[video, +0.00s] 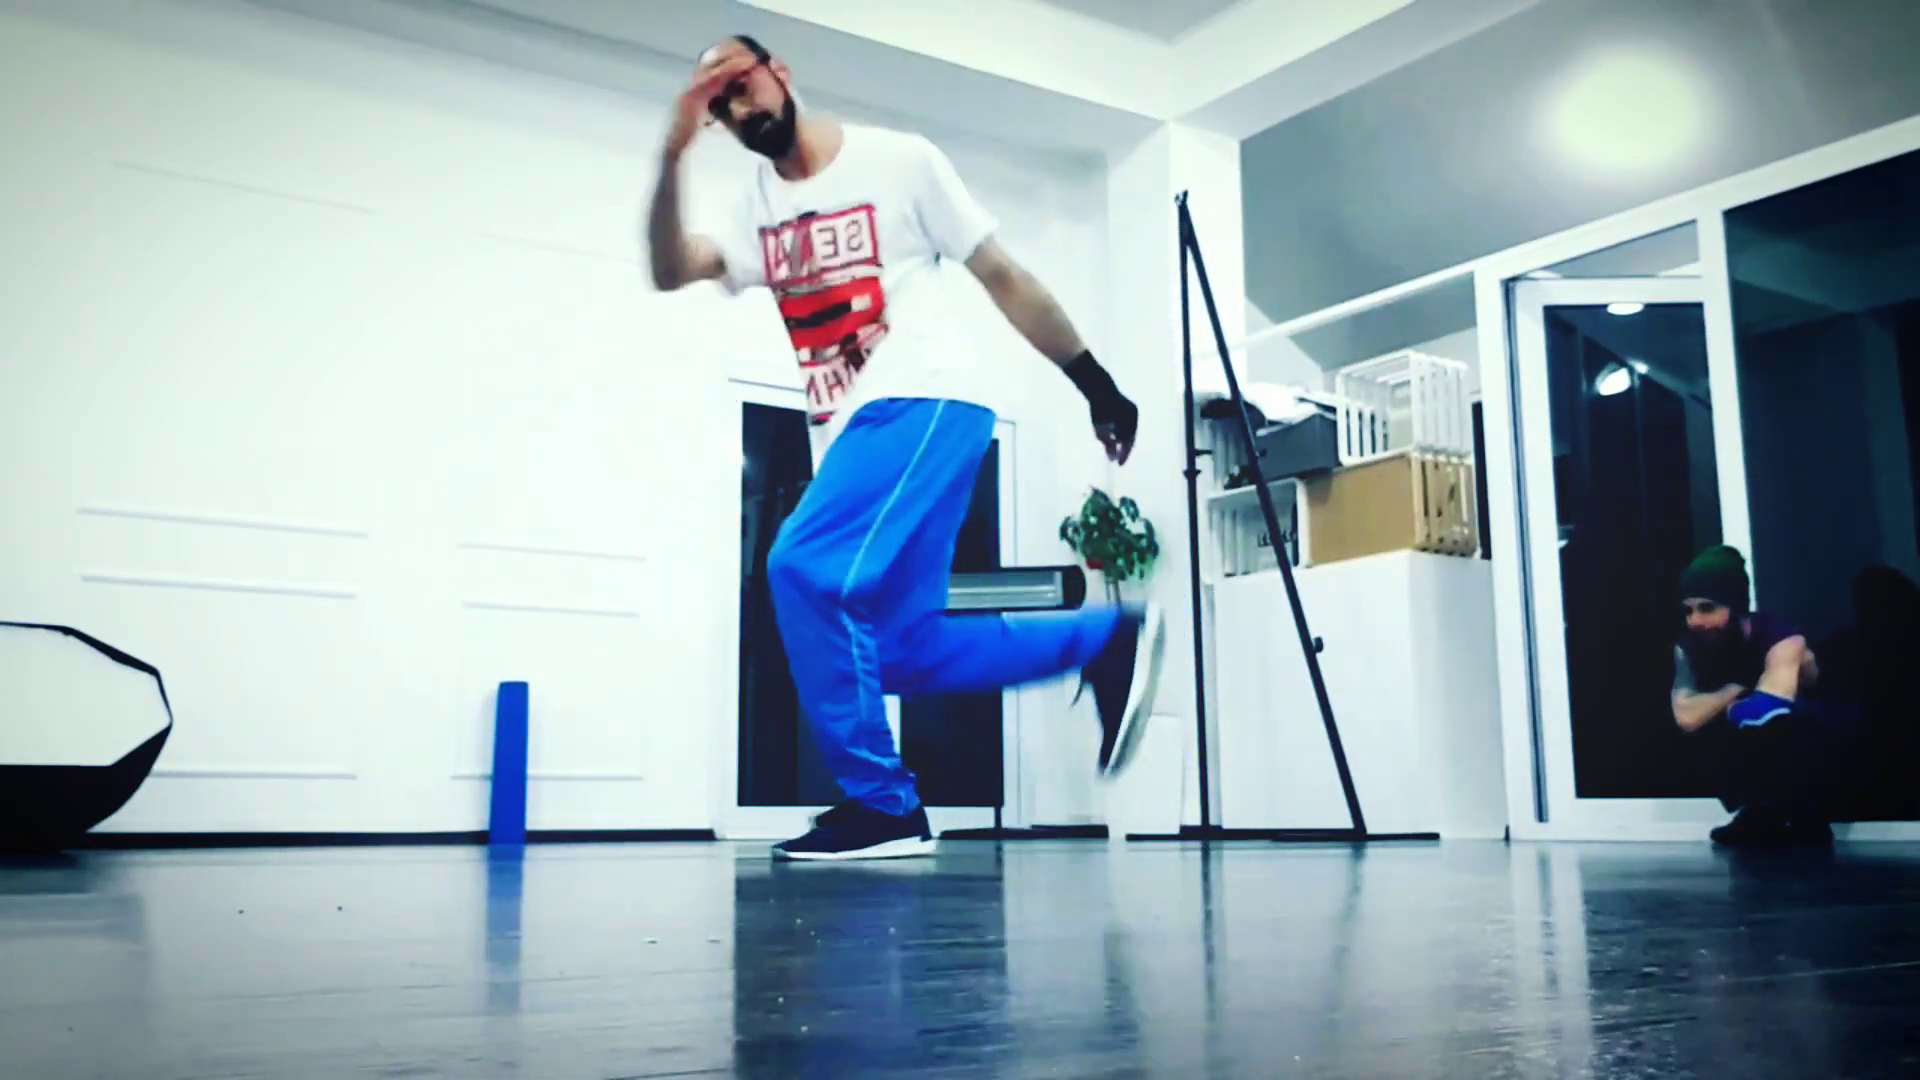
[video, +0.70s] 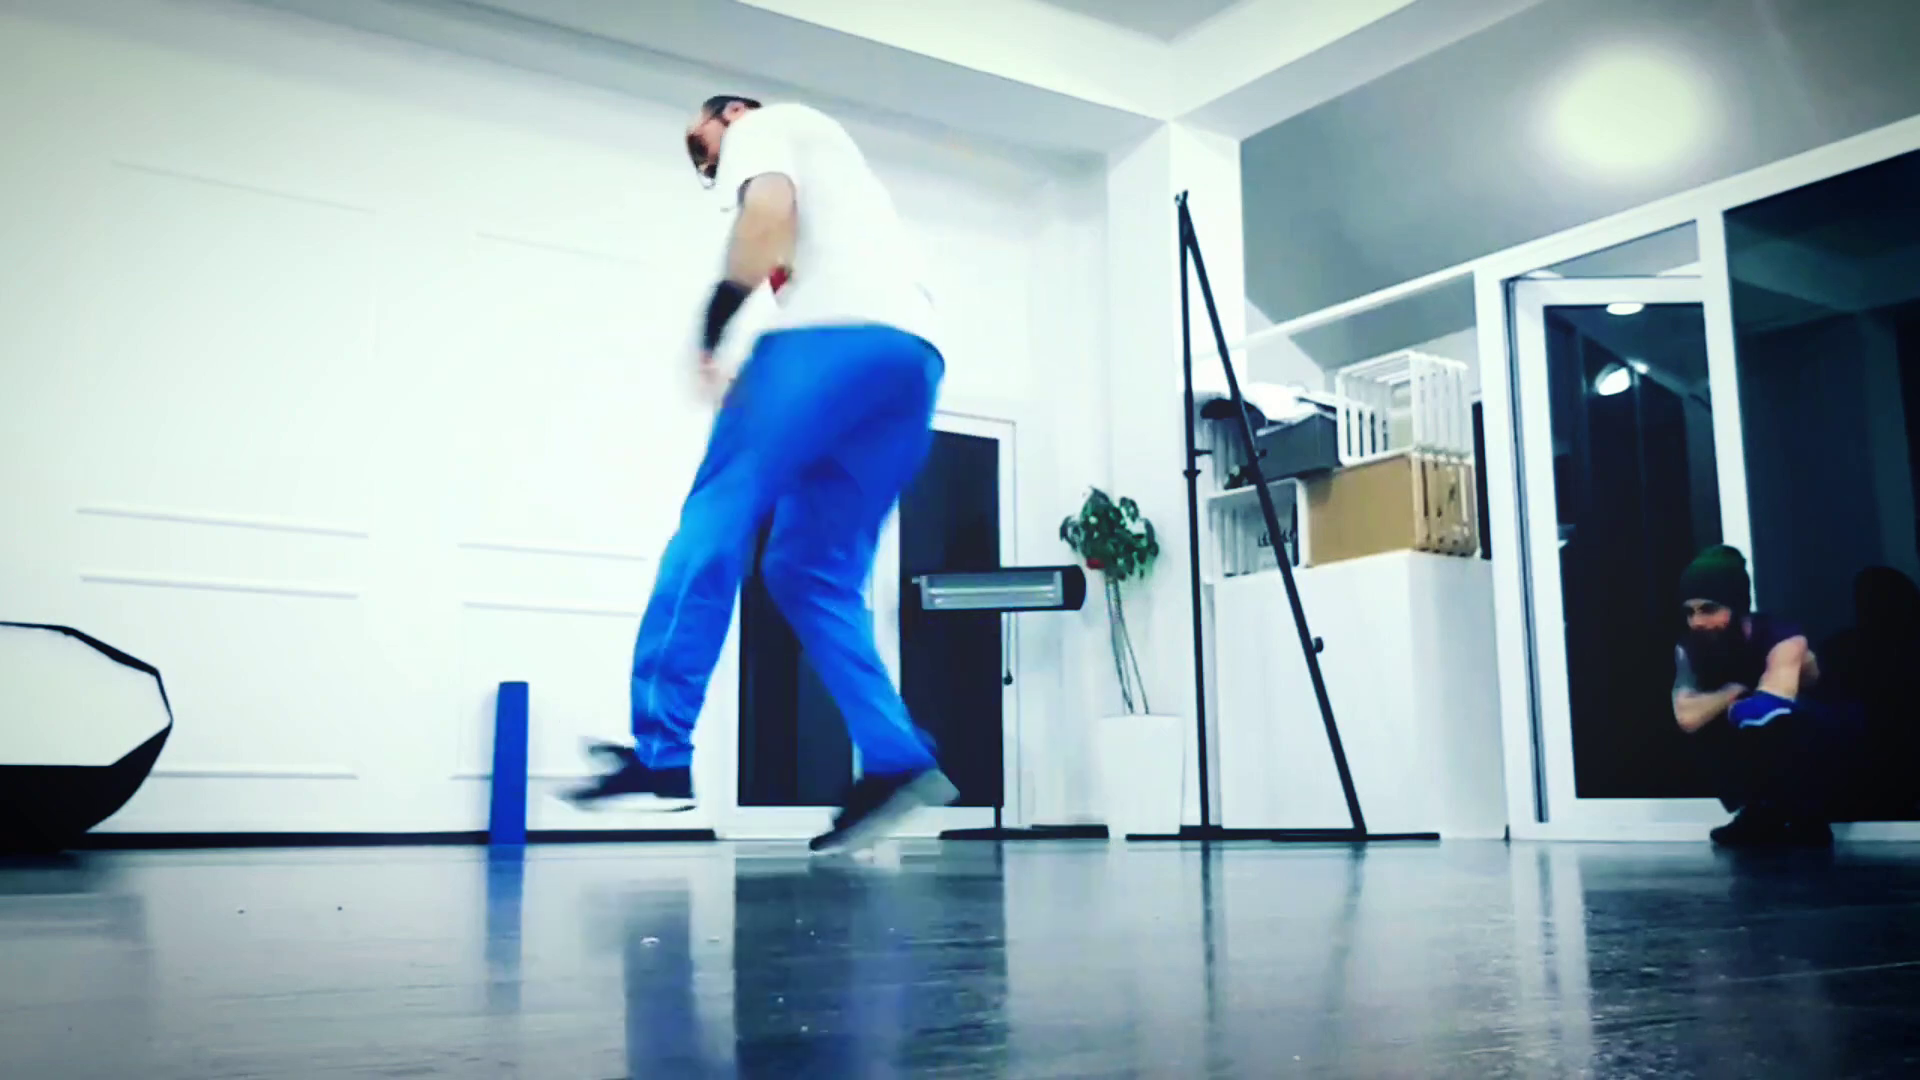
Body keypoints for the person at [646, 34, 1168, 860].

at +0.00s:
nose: (735, 108)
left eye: (741, 85)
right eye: (720, 105)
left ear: (782, 75)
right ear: (720, 123)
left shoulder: (903, 162)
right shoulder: (759, 212)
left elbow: (1003, 278)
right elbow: (668, 271)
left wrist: (1094, 381)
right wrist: (672, 156)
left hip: (932, 393)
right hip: (885, 416)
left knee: (806, 563)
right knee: (901, 651)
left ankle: (880, 801)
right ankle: (1102, 637)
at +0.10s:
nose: (724, 104)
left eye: (726, 80)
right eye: (707, 103)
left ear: (767, 60)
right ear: (711, 120)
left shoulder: (886, 124)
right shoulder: (745, 199)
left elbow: (1011, 214)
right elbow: (654, 271)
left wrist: (1029, 338)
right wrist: (606, 270)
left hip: (949, 357)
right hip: (875, 401)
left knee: (856, 556)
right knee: (867, 588)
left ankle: (888, 800)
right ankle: (1073, 624)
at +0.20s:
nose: (729, 93)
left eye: (730, 69)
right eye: (713, 95)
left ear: (768, 48)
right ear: (718, 110)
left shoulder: (877, 88)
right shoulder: (765, 192)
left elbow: (986, 174)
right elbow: (734, 305)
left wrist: (889, 192)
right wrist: (701, 417)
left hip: (972, 336)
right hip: (887, 370)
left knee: (895, 532)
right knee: (815, 531)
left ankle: (987, 767)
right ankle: (940, 727)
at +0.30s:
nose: (741, 102)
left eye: (744, 80)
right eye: (727, 105)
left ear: (785, 65)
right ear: (737, 124)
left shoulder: (874, 96)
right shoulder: (809, 215)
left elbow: (897, 177)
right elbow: (847, 350)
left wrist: (767, 145)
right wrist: (849, 445)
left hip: (965, 369)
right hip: (883, 402)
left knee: (966, 586)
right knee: (795, 541)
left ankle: (1102, 789)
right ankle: (738, 768)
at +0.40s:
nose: (736, 118)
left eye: (743, 94)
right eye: (728, 118)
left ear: (789, 79)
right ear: (745, 132)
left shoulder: (861, 105)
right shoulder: (818, 184)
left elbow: (810, 188)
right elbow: (892, 322)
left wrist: (718, 149)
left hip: (947, 384)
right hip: (867, 404)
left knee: (934, 584)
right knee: (766, 539)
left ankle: (1076, 767)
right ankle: (775, 773)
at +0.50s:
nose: (735, 136)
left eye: (735, 114)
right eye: (725, 135)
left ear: (774, 84)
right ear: (744, 143)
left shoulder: (842, 109)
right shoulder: (823, 187)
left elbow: (785, 210)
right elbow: (928, 284)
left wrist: (670, 218)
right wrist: (1016, 401)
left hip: (910, 370)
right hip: (854, 384)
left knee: (813, 546)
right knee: (778, 572)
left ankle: (960, 737)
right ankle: (905, 771)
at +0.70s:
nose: (709, 166)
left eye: (705, 148)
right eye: (702, 162)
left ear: (734, 111)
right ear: (751, 117)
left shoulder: (765, 123)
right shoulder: (837, 164)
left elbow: (768, 215)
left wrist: (715, 326)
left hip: (826, 341)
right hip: (909, 363)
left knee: (712, 533)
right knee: (812, 567)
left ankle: (659, 754)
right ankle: (898, 761)